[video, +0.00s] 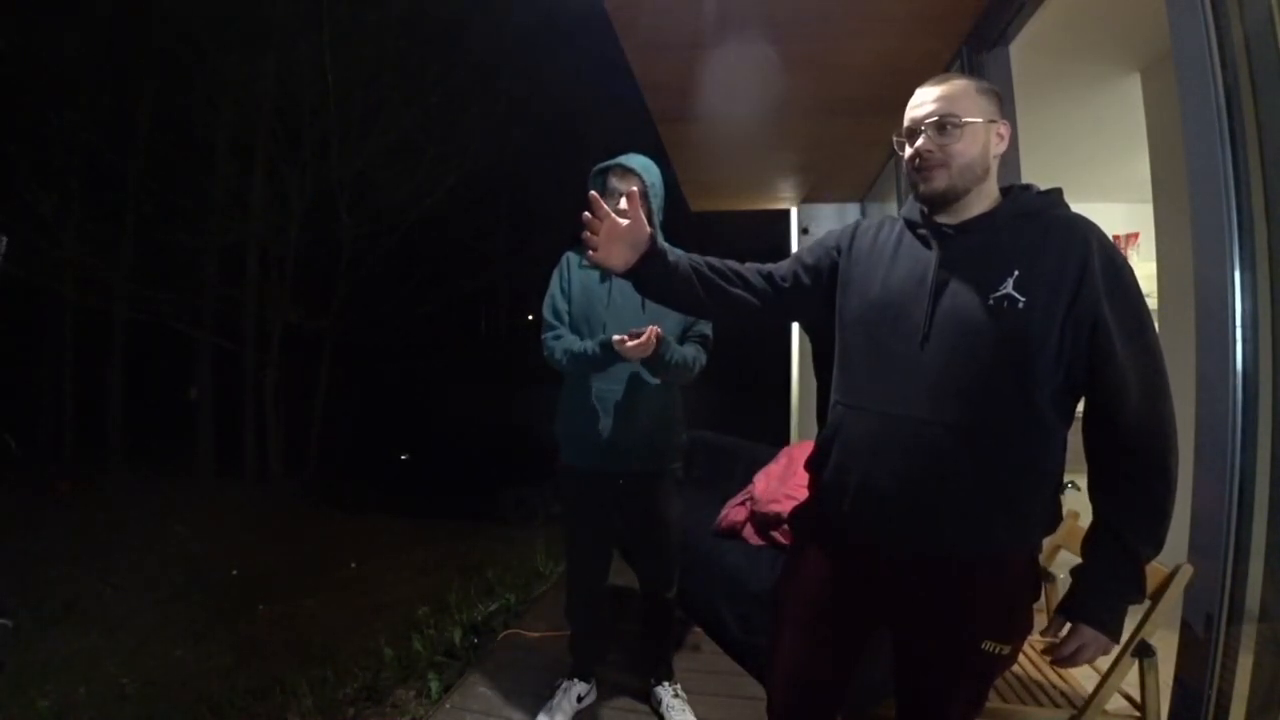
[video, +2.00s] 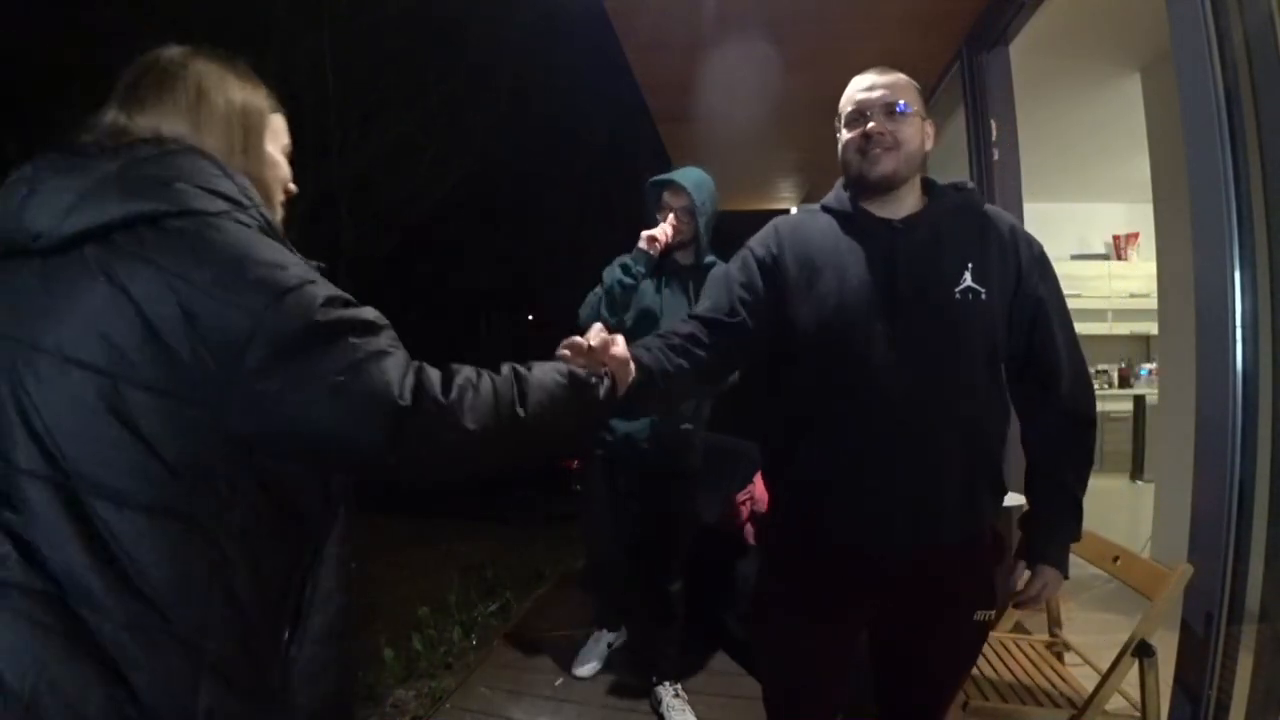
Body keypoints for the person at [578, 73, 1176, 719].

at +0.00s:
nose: (914, 145)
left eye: (939, 127)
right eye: (907, 135)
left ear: (999, 138)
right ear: (899, 153)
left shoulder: (1071, 250)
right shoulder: (859, 244)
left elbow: (1136, 431)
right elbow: (761, 288)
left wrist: (1104, 590)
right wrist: (649, 259)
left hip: (974, 561)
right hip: (840, 544)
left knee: (936, 711)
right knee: (799, 704)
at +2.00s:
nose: (872, 125)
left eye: (892, 110)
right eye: (855, 117)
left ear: (930, 134)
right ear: (837, 145)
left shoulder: (1001, 248)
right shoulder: (786, 244)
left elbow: (1060, 405)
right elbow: (702, 340)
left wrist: (1049, 545)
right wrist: (632, 367)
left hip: (951, 549)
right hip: (813, 546)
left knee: (916, 709)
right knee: (806, 708)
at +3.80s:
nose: (849, 141)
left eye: (867, 130)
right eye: (831, 136)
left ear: (895, 153)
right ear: (812, 169)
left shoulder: (959, 247)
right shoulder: (774, 263)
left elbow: (1032, 406)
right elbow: (730, 385)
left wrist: (1006, 555)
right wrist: (728, 490)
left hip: (918, 532)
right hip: (799, 532)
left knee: (902, 702)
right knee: (812, 698)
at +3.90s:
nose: (834, 145)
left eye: (851, 133)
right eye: (816, 140)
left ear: (880, 158)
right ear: (798, 172)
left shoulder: (942, 244)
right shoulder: (763, 269)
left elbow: (1019, 396)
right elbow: (728, 394)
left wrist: (991, 545)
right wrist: (733, 499)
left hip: (912, 534)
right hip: (794, 537)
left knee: (901, 703)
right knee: (811, 700)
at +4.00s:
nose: (824, 146)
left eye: (841, 134)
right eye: (806, 141)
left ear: (870, 158)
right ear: (789, 173)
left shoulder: (933, 241)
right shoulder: (755, 273)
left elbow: (1013, 393)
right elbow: (725, 398)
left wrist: (977, 537)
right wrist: (724, 501)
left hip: (909, 532)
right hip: (791, 533)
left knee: (897, 702)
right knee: (811, 700)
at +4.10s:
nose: (820, 143)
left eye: (837, 132)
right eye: (802, 138)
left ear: (867, 157)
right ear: (786, 172)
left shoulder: (929, 239)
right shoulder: (753, 269)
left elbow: (1011, 390)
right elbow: (721, 398)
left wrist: (976, 537)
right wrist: (713, 497)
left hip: (906, 532)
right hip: (789, 532)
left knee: (893, 702)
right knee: (810, 700)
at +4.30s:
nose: (825, 138)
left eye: (842, 127)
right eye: (807, 133)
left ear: (871, 151)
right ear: (788, 168)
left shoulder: (933, 240)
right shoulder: (753, 267)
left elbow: (1013, 399)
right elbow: (710, 392)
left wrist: (982, 557)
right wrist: (696, 491)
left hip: (902, 535)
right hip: (784, 536)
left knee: (886, 703)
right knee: (807, 700)